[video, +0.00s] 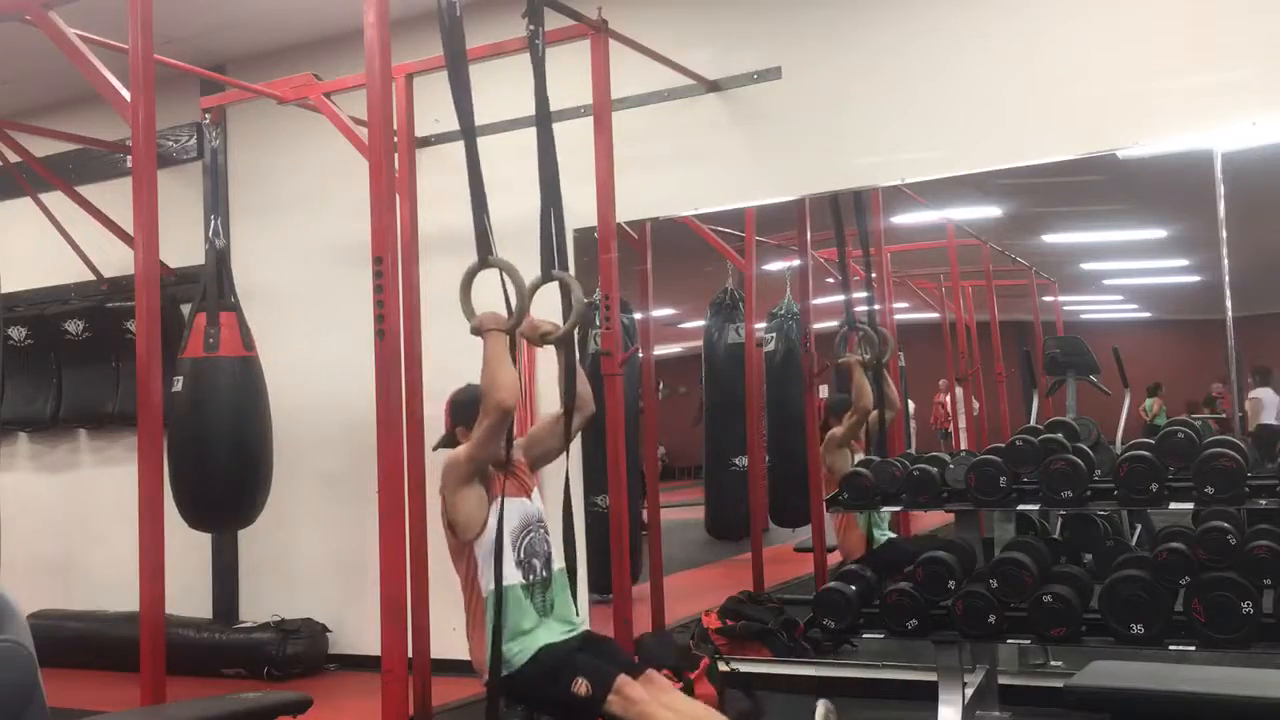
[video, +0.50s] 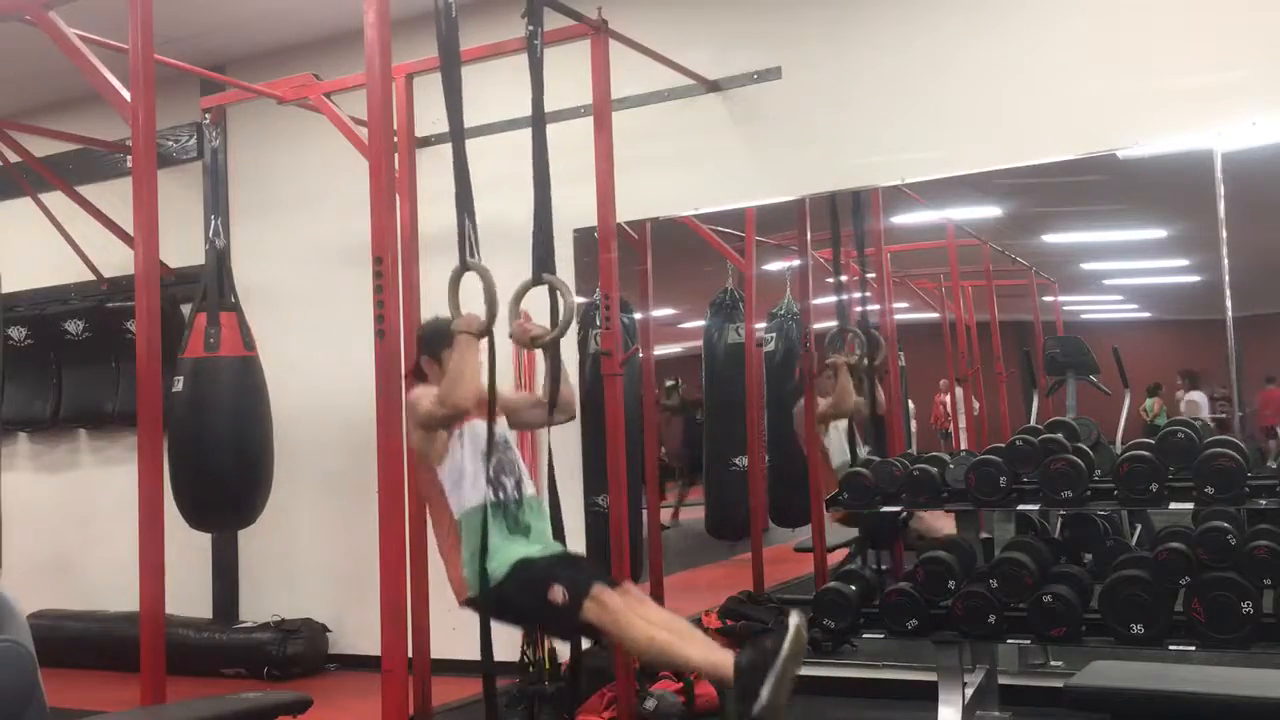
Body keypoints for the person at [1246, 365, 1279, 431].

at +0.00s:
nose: (1248, 381)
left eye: (1250, 378)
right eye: (1248, 378)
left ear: (1257, 379)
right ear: (1268, 379)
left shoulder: (1254, 395)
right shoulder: (1275, 396)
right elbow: (1277, 417)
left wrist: (1250, 429)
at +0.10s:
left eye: (1244, 378)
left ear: (1246, 380)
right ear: (1258, 380)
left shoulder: (1240, 394)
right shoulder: (1264, 395)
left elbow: (1237, 416)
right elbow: (1269, 414)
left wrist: (1237, 433)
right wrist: (1273, 428)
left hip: (1247, 426)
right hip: (1263, 426)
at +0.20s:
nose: (1258, 385)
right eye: (1259, 381)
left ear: (1252, 382)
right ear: (1262, 381)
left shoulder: (1250, 393)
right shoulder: (1265, 391)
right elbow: (1268, 406)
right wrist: (1277, 410)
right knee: (1266, 439)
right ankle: (1268, 461)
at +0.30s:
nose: (1262, 386)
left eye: (1261, 383)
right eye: (1263, 383)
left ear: (1257, 383)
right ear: (1266, 383)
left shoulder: (1253, 394)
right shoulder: (1270, 393)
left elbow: (1250, 409)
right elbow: (1274, 406)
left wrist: (1250, 420)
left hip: (1257, 423)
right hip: (1266, 422)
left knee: (1259, 441)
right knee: (1267, 442)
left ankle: (1257, 460)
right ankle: (1268, 461)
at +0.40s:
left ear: (1261, 382)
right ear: (1271, 382)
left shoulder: (1257, 393)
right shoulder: (1275, 392)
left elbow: (1251, 407)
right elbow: (1277, 406)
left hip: (1260, 421)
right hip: (1272, 420)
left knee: (1264, 440)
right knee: (1270, 439)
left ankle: (1268, 461)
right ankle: (1269, 461)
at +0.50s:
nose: (1271, 386)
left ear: (1265, 383)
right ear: (1275, 382)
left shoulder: (1261, 393)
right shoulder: (1277, 392)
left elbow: (1257, 407)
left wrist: (1249, 410)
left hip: (1263, 421)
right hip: (1275, 420)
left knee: (1266, 440)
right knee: (1273, 440)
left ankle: (1269, 460)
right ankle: (1271, 461)